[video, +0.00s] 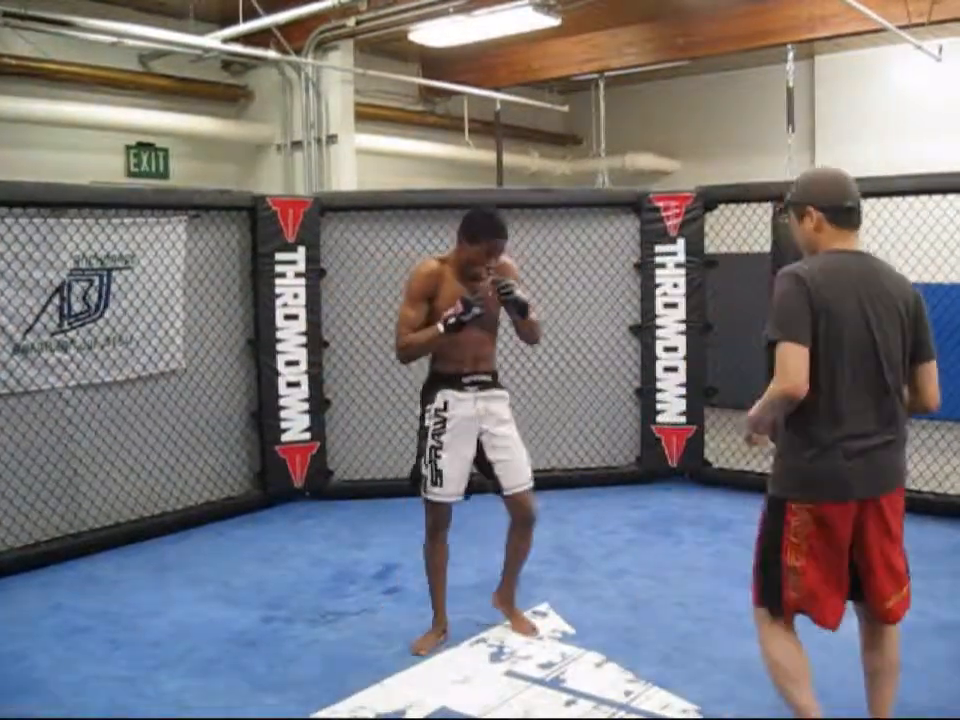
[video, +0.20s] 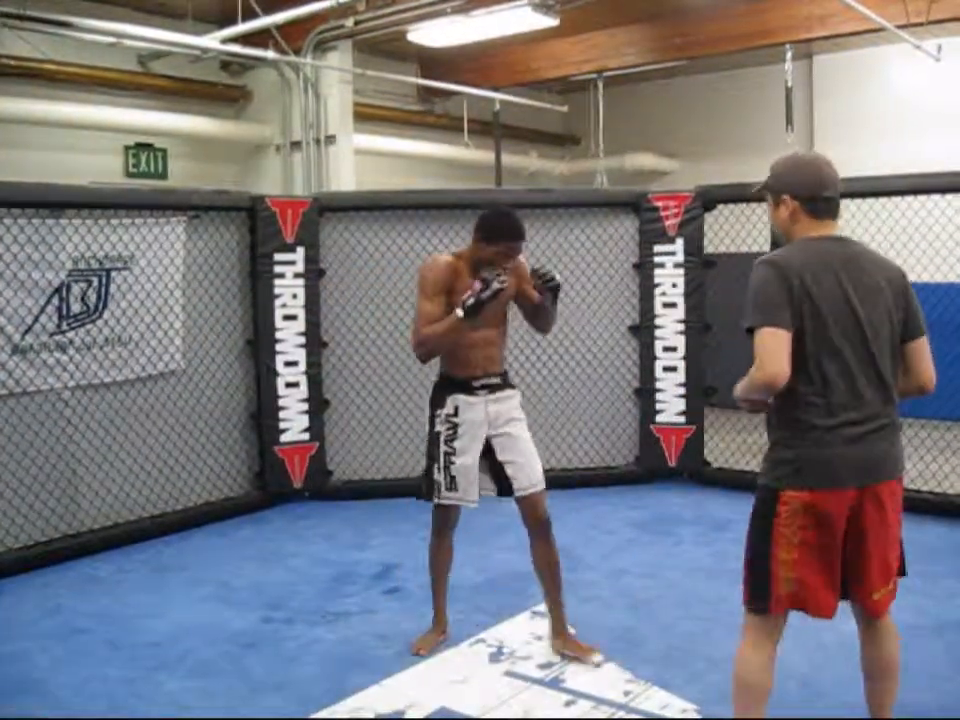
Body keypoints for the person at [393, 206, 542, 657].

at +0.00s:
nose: (487, 265)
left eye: (494, 257)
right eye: (481, 257)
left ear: (501, 251)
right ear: (462, 244)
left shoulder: (502, 270)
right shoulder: (429, 274)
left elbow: (532, 336)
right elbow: (404, 349)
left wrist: (514, 304)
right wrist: (446, 323)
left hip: (493, 398)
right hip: (446, 400)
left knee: (524, 510)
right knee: (438, 519)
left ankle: (506, 596)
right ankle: (439, 622)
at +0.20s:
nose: (509, 264)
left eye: (513, 257)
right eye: (504, 256)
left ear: (513, 251)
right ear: (480, 244)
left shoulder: (513, 267)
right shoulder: (440, 270)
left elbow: (541, 324)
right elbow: (422, 345)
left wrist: (548, 301)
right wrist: (470, 308)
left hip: (504, 397)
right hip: (457, 402)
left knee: (538, 514)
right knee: (445, 515)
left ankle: (560, 632)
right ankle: (439, 624)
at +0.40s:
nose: (536, 280)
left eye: (544, 274)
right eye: (530, 272)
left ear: (549, 267)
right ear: (511, 255)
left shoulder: (545, 276)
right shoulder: (475, 271)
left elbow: (576, 340)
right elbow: (462, 348)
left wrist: (579, 302)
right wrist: (510, 307)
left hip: (531, 408)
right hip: (481, 411)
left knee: (565, 528)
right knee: (458, 525)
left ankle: (573, 643)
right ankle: (441, 625)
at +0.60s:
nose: (553, 267)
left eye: (559, 260)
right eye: (546, 259)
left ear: (567, 251)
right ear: (527, 244)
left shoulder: (571, 263)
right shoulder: (491, 262)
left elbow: (593, 343)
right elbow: (470, 343)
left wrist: (582, 309)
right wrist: (516, 313)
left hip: (551, 401)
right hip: (500, 401)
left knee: (572, 526)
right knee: (473, 521)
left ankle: (573, 644)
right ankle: (468, 627)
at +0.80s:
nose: (552, 262)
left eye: (560, 254)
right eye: (544, 253)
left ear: (568, 253)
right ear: (522, 248)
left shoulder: (570, 276)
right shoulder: (490, 278)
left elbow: (601, 347)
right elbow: (471, 360)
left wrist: (583, 309)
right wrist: (512, 322)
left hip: (559, 414)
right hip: (505, 417)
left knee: (606, 533)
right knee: (480, 539)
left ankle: (590, 636)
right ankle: (482, 646)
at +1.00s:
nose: (572, 257)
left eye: (579, 247)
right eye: (563, 248)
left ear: (588, 240)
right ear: (540, 243)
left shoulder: (600, 262)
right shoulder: (512, 271)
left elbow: (664, 275)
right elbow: (485, 355)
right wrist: (522, 305)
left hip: (589, 415)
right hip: (531, 416)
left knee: (623, 547)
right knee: (500, 534)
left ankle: (653, 668)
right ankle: (482, 645)